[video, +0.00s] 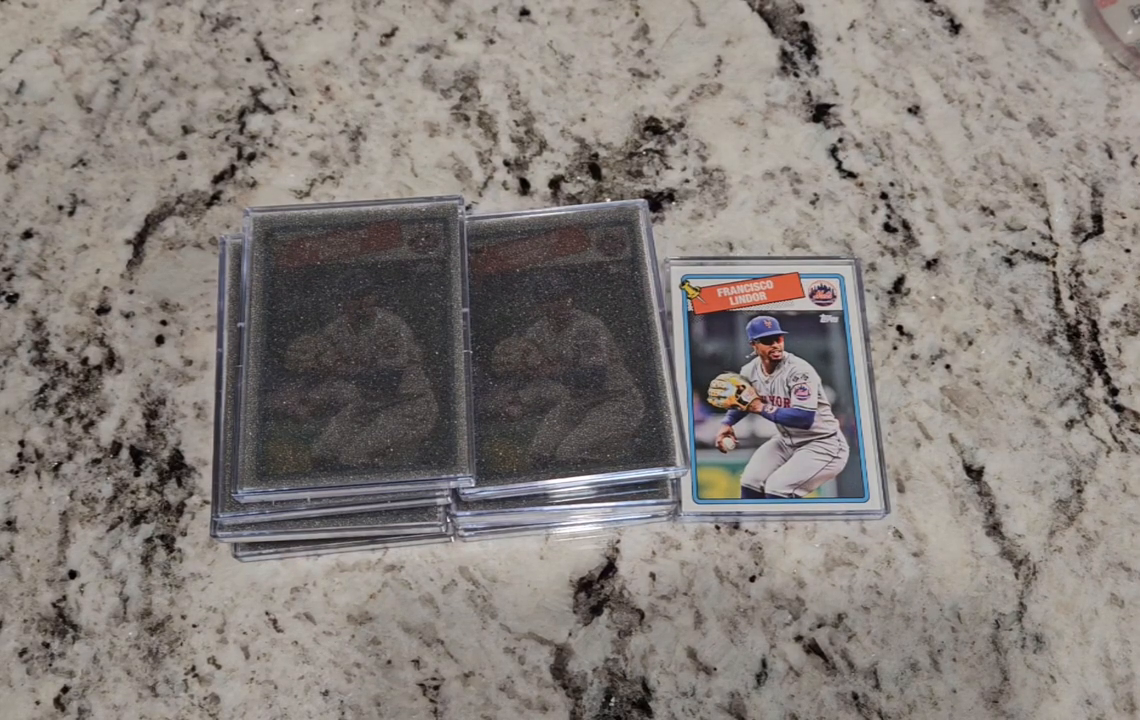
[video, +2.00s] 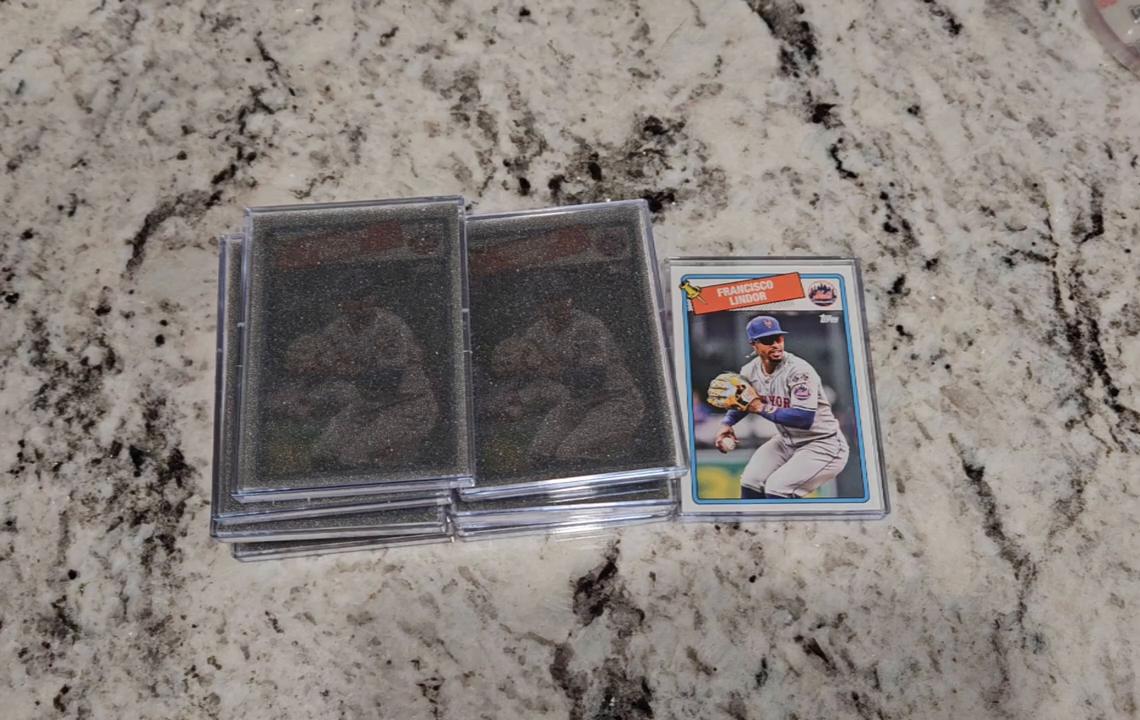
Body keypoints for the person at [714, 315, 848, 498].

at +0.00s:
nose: (775, 346)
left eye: (778, 339)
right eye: (767, 342)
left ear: (783, 339)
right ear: (754, 346)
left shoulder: (800, 371)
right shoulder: (749, 372)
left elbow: (804, 419)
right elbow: (743, 402)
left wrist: (760, 407)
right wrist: (726, 424)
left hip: (824, 445)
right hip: (786, 442)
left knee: (777, 487)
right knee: (751, 482)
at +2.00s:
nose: (776, 346)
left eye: (778, 339)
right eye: (767, 341)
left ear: (783, 339)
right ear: (754, 346)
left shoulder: (800, 371)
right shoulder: (749, 372)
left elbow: (803, 419)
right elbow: (742, 403)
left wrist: (760, 407)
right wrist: (726, 425)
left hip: (824, 446)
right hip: (786, 443)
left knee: (777, 488)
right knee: (751, 482)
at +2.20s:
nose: (776, 345)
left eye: (778, 339)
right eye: (767, 341)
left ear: (783, 339)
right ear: (754, 346)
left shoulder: (800, 371)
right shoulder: (749, 372)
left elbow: (804, 419)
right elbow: (742, 403)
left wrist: (761, 407)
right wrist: (726, 425)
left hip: (824, 445)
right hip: (786, 442)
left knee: (777, 488)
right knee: (751, 483)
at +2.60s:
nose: (782, 362)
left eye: (784, 355)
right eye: (774, 358)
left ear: (789, 355)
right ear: (761, 363)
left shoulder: (808, 386)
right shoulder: (757, 389)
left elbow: (814, 433)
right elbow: (753, 421)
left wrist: (771, 425)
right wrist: (737, 445)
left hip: (826, 462)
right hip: (795, 460)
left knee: (791, 507)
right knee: (764, 503)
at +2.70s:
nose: (801, 377)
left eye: (803, 370)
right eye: (793, 373)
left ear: (809, 370)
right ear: (780, 379)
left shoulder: (826, 402)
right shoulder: (775, 404)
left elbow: (834, 450)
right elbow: (771, 437)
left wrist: (789, 441)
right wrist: (755, 461)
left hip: (845, 479)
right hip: (814, 476)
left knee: (809, 524)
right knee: (782, 519)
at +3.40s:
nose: (816, 389)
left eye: (818, 382)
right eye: (808, 386)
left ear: (823, 382)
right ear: (794, 390)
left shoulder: (842, 415)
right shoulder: (791, 417)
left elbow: (849, 464)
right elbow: (787, 450)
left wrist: (805, 454)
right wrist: (770, 473)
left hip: (867, 489)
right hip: (832, 489)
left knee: (826, 537)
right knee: (799, 532)